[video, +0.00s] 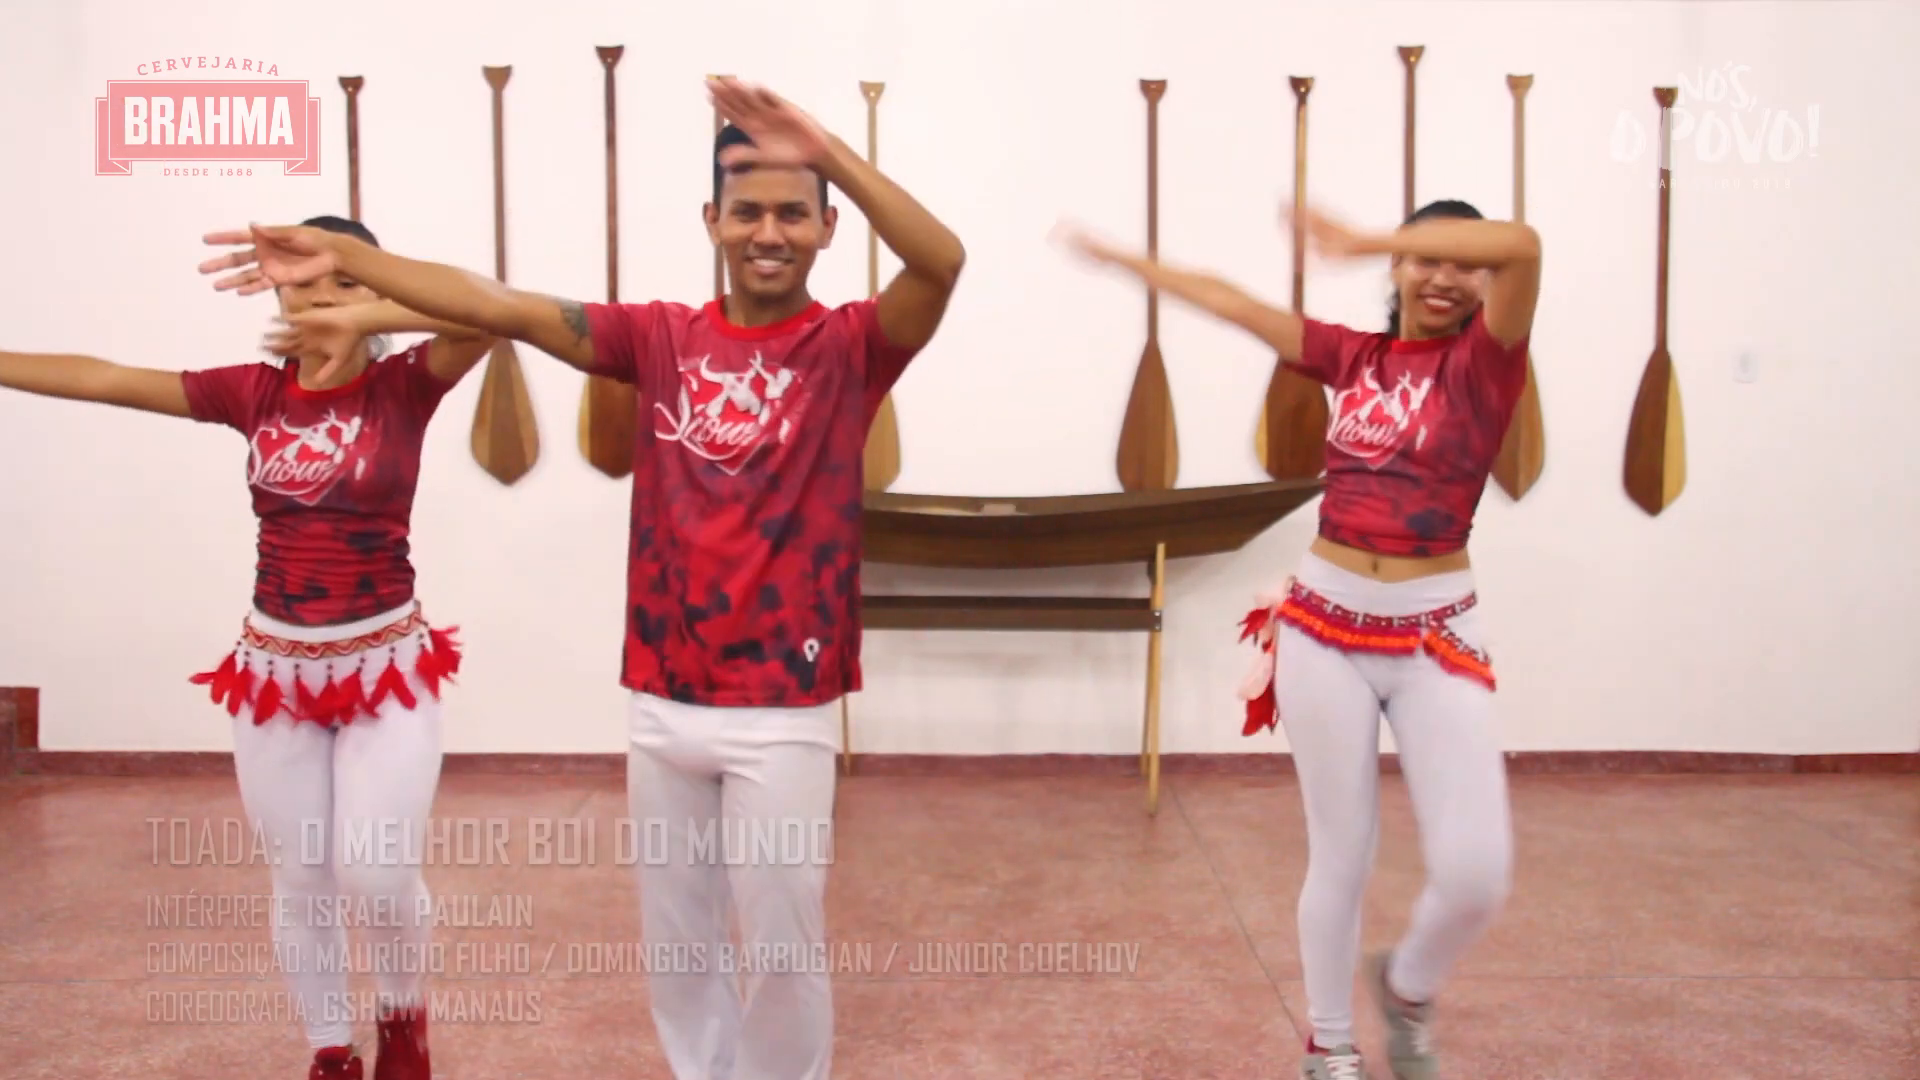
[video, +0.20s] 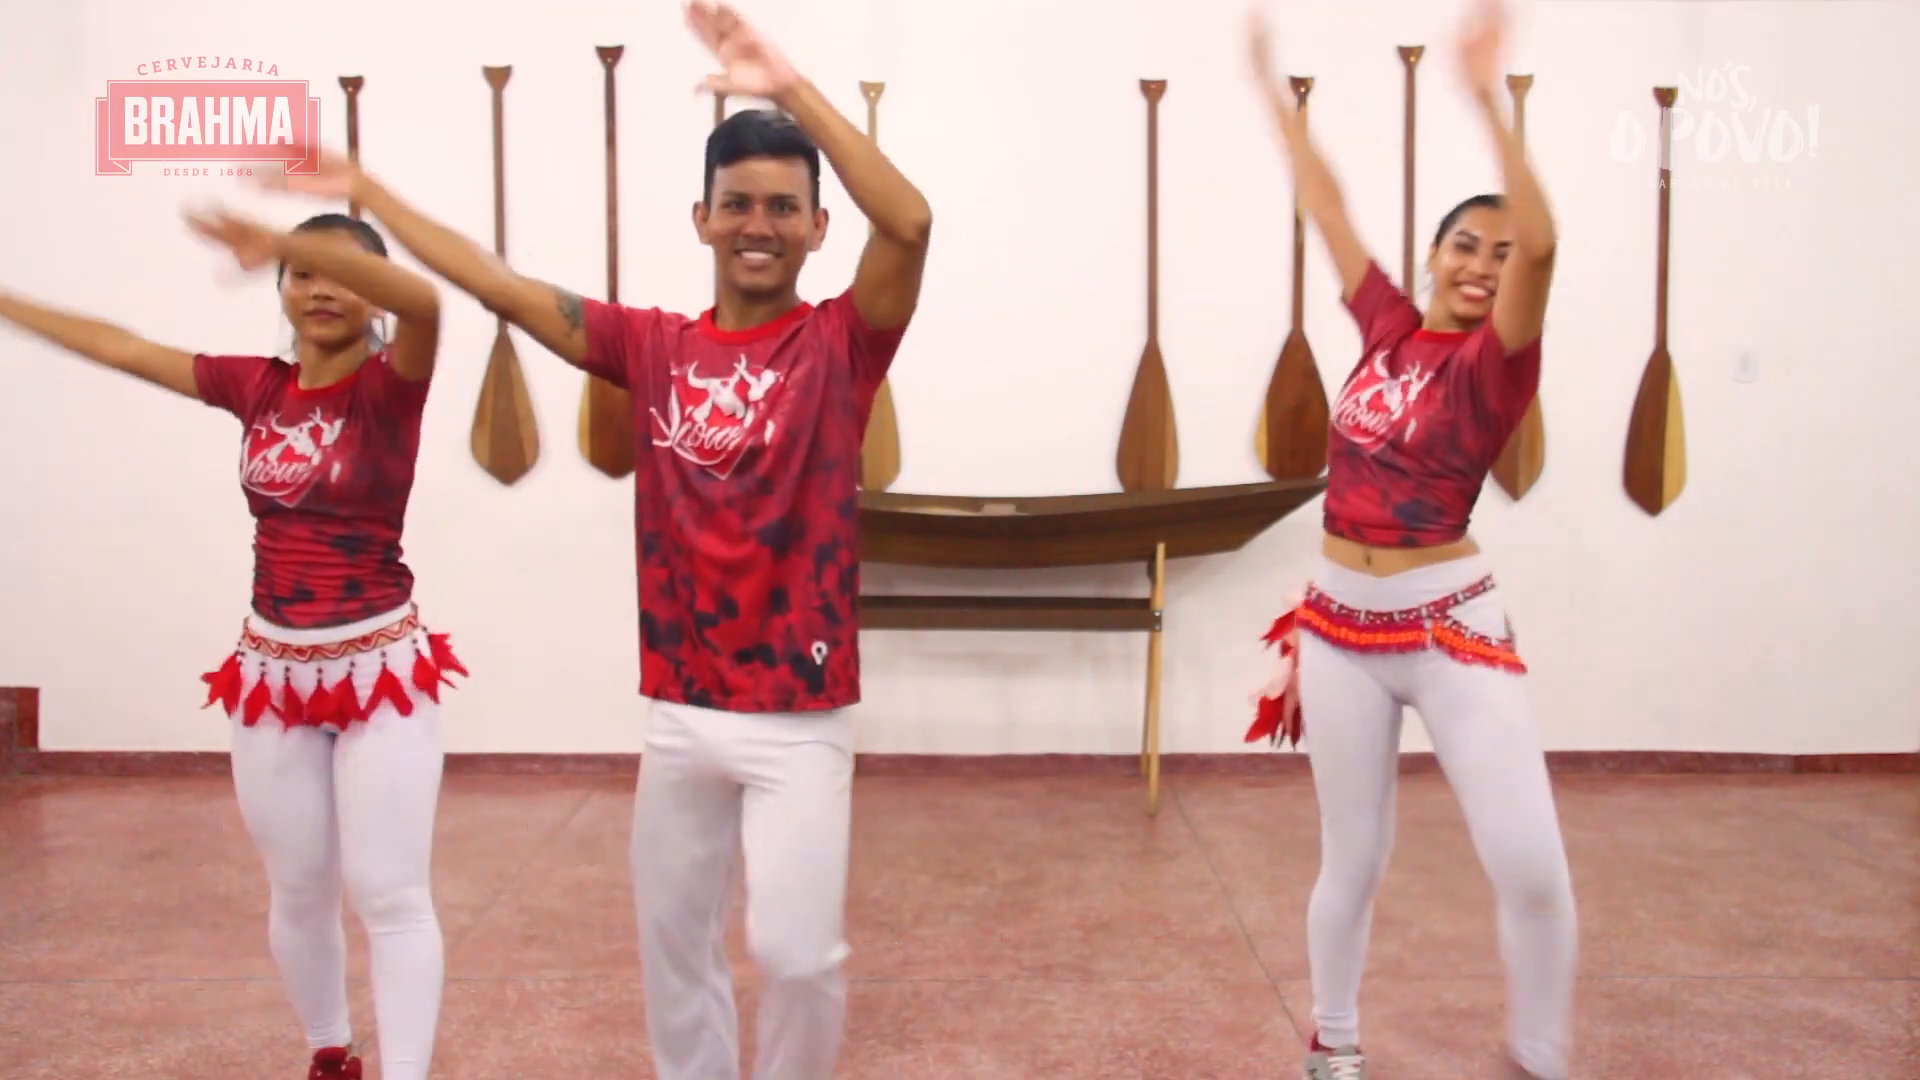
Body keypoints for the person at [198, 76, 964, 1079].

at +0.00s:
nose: (769, 232)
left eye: (791, 214)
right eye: (749, 212)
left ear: (822, 231)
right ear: (714, 226)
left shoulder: (851, 346)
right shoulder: (664, 334)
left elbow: (941, 262)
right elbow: (494, 305)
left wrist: (831, 154)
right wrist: (348, 253)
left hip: (786, 710)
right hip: (665, 703)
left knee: (779, 955)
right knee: (682, 955)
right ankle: (706, 1074)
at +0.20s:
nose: (758, 225)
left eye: (781, 205)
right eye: (737, 204)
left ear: (817, 223)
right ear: (703, 219)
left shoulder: (844, 344)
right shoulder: (653, 344)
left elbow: (909, 226)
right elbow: (503, 289)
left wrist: (789, 82)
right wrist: (365, 189)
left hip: (801, 724)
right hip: (681, 717)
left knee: (801, 960)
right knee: (677, 966)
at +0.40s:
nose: (780, 218)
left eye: (804, 200)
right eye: (757, 198)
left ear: (836, 221)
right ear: (724, 219)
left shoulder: (859, 346)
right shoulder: (684, 336)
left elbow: (923, 218)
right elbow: (553, 232)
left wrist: (885, 52)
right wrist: (474, 88)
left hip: (818, 736)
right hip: (695, 728)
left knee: (892, 977)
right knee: (695, 978)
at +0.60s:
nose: (834, 225)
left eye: (858, 205)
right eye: (811, 206)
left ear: (896, 231)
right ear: (779, 234)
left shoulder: (927, 358)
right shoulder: (745, 349)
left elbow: (1004, 243)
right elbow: (641, 217)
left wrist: (1036, 77)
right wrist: (605, 50)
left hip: (889, 761)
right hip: (755, 750)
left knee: (957, 1020)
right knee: (714, 999)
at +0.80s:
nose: (897, 211)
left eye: (923, 188)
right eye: (874, 192)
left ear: (972, 210)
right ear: (848, 217)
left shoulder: (1014, 344)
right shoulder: (829, 335)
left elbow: (1122, 247)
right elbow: (718, 199)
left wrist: (1187, 104)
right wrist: (699, 37)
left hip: (984, 761)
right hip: (846, 748)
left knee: (1020, 1030)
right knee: (769, 979)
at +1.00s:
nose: (912, 201)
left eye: (937, 175)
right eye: (896, 181)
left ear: (1009, 186)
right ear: (886, 194)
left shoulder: (1057, 332)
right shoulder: (874, 312)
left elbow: (1182, 293)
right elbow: (759, 193)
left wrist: (1291, 189)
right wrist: (781, 60)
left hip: (1016, 760)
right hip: (887, 742)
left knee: (1034, 1039)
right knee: (829, 980)